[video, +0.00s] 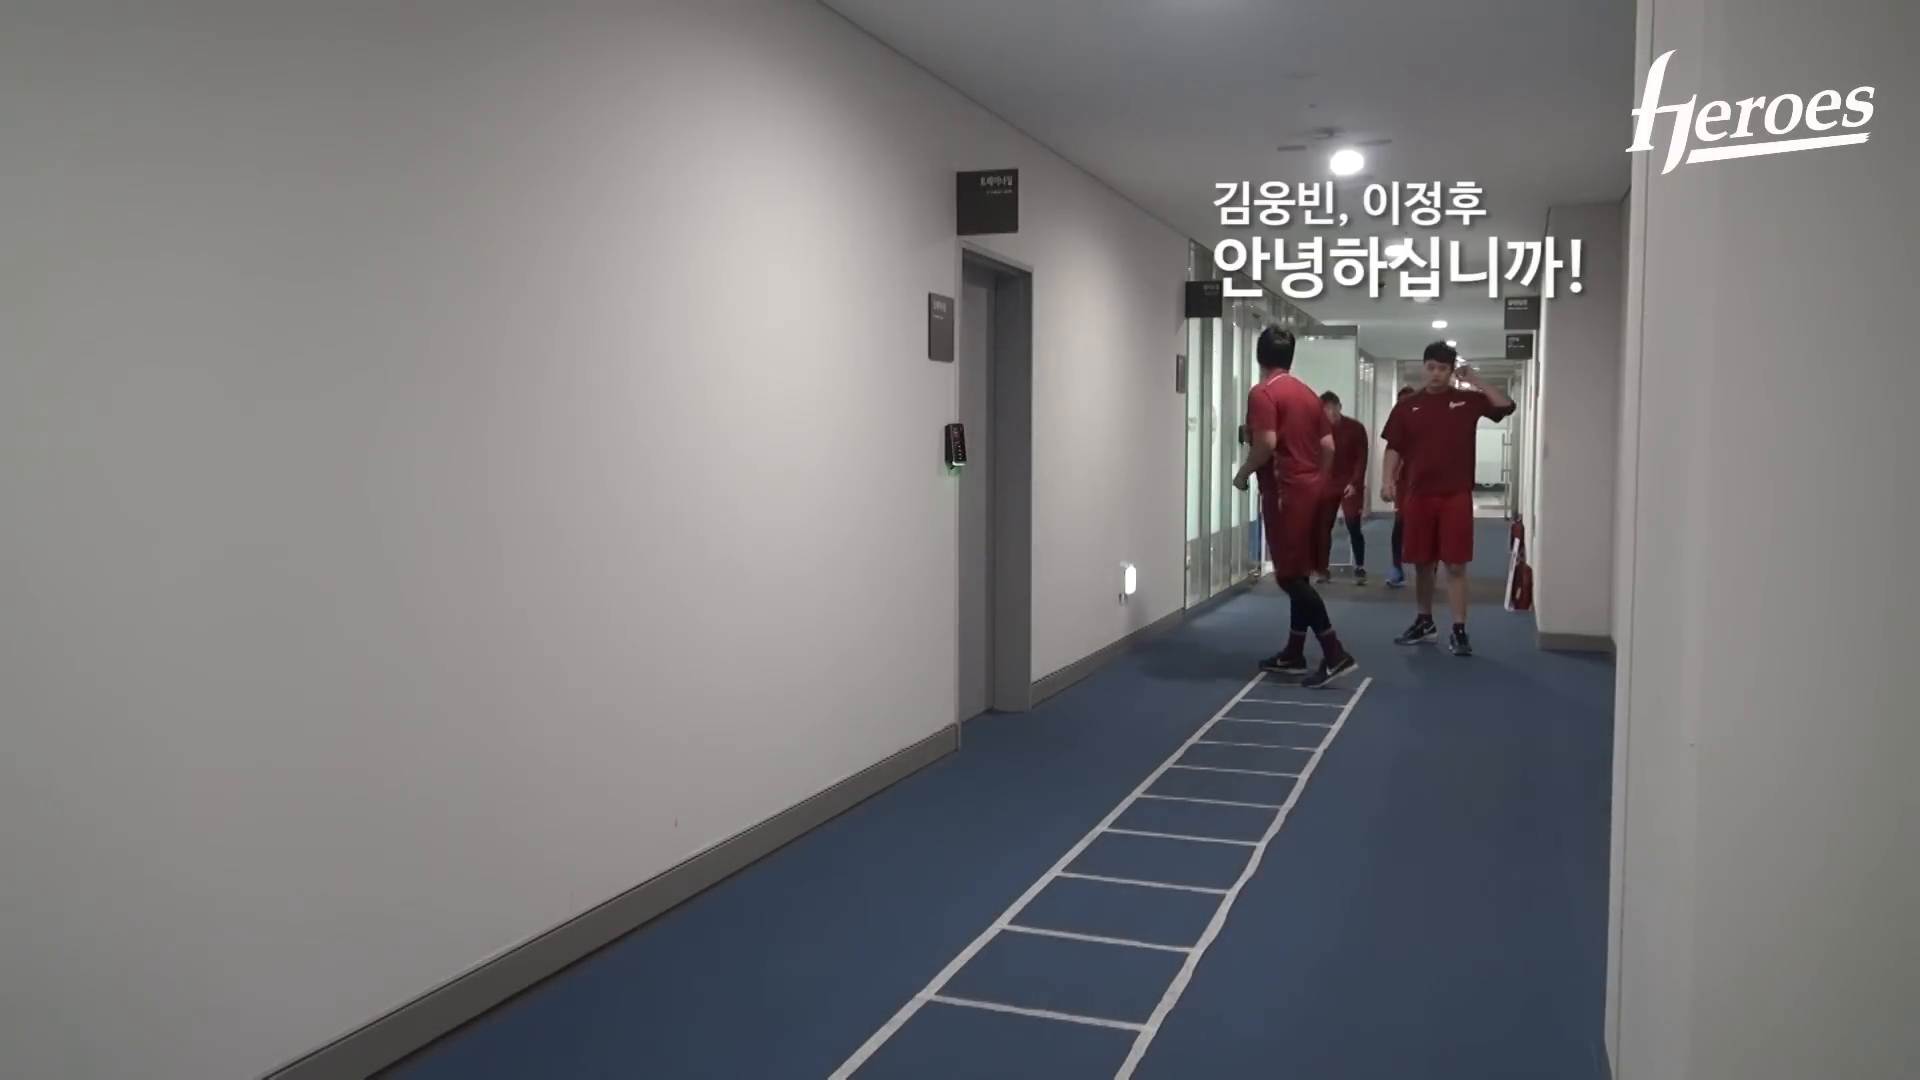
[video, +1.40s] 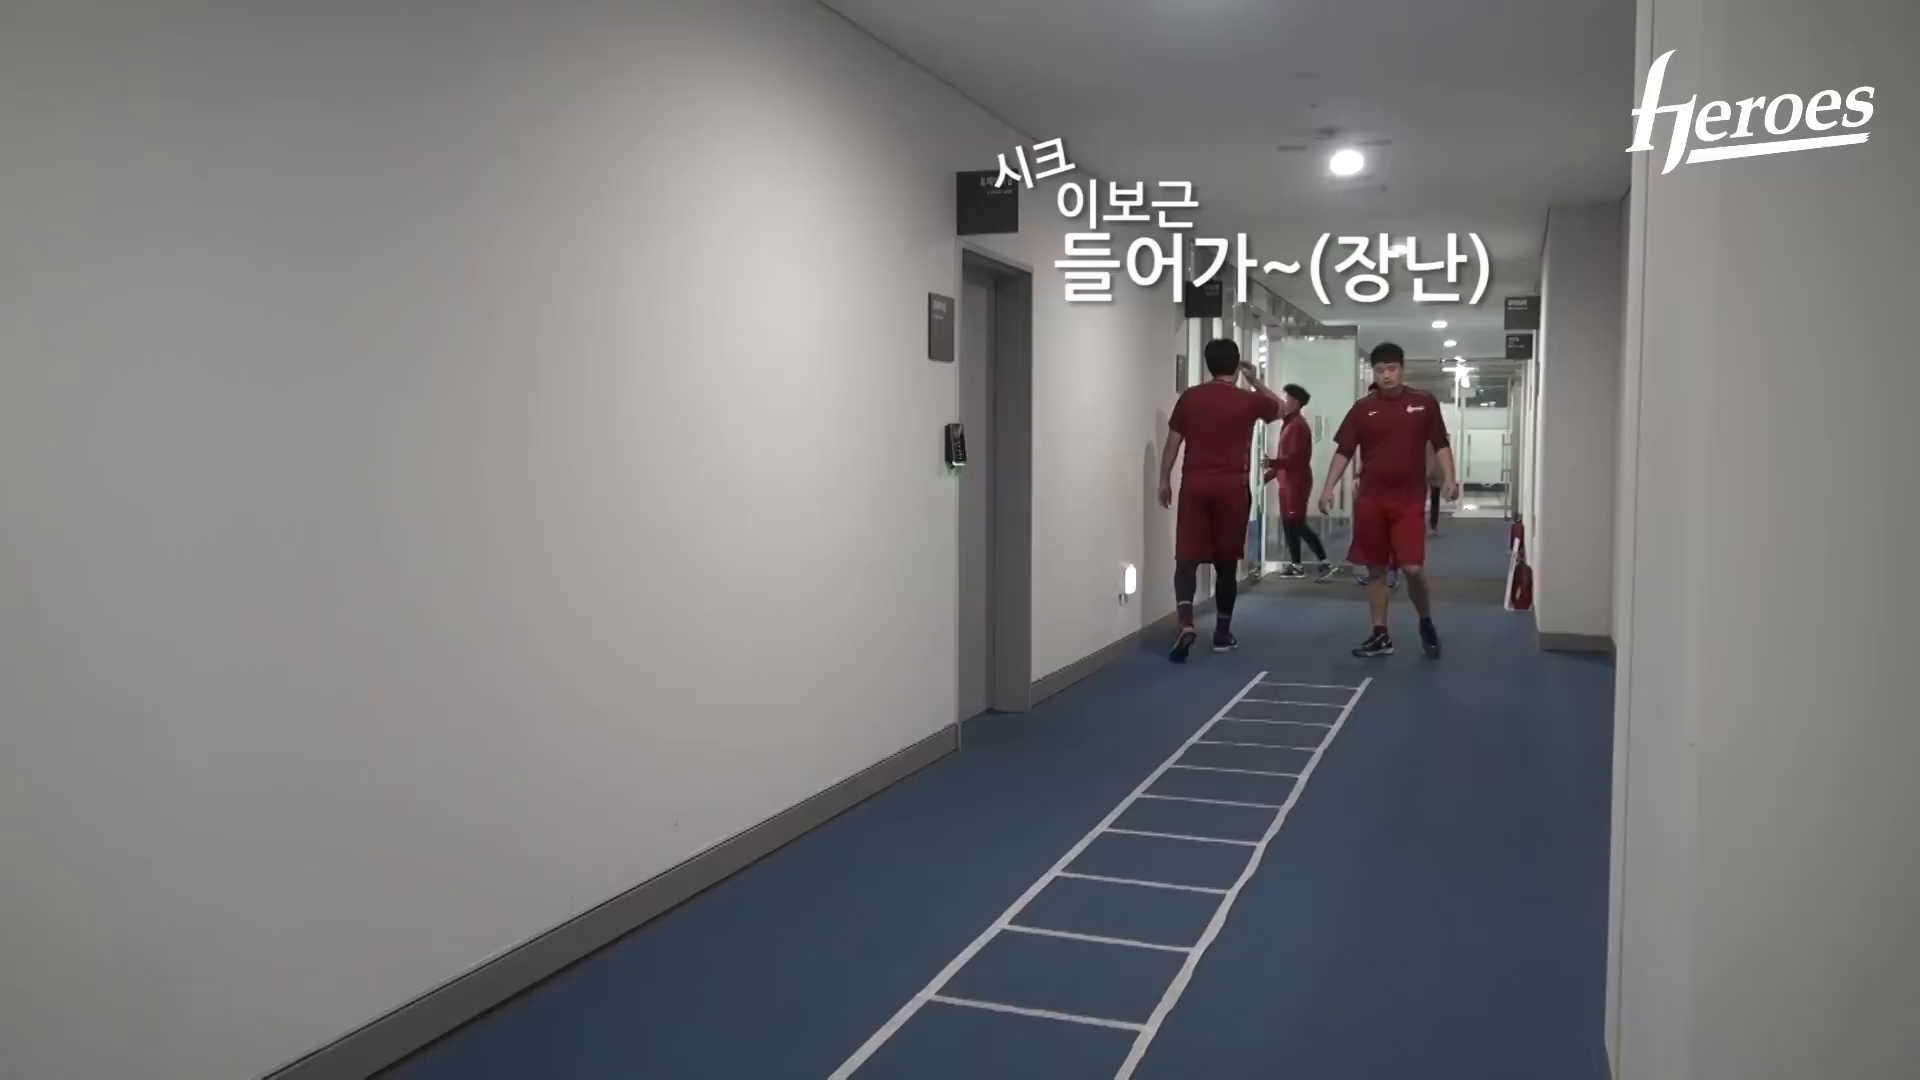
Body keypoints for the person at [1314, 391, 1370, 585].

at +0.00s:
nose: (1328, 413)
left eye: (1330, 408)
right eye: (1324, 409)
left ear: (1338, 407)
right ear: (1321, 410)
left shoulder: (1355, 428)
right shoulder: (1319, 429)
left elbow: (1361, 459)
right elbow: (1314, 456)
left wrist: (1355, 483)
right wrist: (1318, 477)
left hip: (1350, 484)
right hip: (1327, 484)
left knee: (1353, 526)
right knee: (1323, 528)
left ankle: (1359, 566)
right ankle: (1322, 568)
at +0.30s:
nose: (1328, 436)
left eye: (1330, 432)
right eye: (1324, 432)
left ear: (1337, 426)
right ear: (1320, 430)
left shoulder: (1352, 438)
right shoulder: (1315, 441)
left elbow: (1356, 470)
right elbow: (1311, 468)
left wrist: (1342, 491)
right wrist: (1315, 490)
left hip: (1346, 491)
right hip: (1324, 490)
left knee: (1344, 527)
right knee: (1323, 528)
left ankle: (1342, 565)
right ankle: (1323, 565)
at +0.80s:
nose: (1325, 413)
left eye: (1329, 409)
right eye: (1322, 409)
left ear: (1335, 410)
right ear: (1317, 409)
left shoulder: (1345, 432)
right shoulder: (1311, 427)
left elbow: (1348, 465)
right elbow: (1306, 456)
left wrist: (1337, 488)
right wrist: (1301, 483)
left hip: (1339, 484)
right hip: (1318, 483)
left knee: (1339, 524)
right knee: (1313, 522)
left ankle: (1340, 566)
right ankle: (1317, 565)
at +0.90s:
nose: (1322, 405)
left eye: (1326, 401)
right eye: (1319, 401)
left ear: (1332, 404)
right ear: (1314, 403)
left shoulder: (1340, 429)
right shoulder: (1309, 426)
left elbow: (1342, 463)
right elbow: (1305, 456)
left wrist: (1322, 478)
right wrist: (1296, 480)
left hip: (1336, 484)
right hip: (1315, 483)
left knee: (1337, 522)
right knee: (1306, 520)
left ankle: (1340, 566)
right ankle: (1309, 563)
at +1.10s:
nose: (1311, 400)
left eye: (1316, 397)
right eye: (1309, 396)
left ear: (1322, 401)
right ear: (1305, 399)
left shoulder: (1327, 425)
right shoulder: (1302, 424)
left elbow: (1326, 455)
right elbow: (1299, 459)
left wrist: (1297, 461)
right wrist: (1283, 483)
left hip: (1325, 482)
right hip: (1306, 482)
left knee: (1329, 521)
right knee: (1299, 521)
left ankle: (1339, 567)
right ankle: (1299, 564)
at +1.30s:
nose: (1292, 403)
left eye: (1296, 400)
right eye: (1292, 399)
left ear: (1306, 403)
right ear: (1294, 401)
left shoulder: (1309, 427)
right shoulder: (1294, 425)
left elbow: (1304, 459)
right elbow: (1290, 459)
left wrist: (1277, 462)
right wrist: (1272, 479)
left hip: (1306, 483)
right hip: (1291, 481)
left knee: (1313, 522)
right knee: (1290, 522)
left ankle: (1334, 564)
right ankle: (1296, 564)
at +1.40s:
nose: (1283, 402)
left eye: (1287, 399)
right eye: (1284, 398)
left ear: (1297, 403)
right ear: (1290, 401)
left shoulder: (1298, 426)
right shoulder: (1288, 424)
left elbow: (1295, 459)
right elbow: (1285, 458)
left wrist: (1273, 463)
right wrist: (1270, 474)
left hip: (1297, 480)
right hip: (1286, 480)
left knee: (1298, 523)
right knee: (1288, 523)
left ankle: (1324, 562)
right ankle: (1296, 564)